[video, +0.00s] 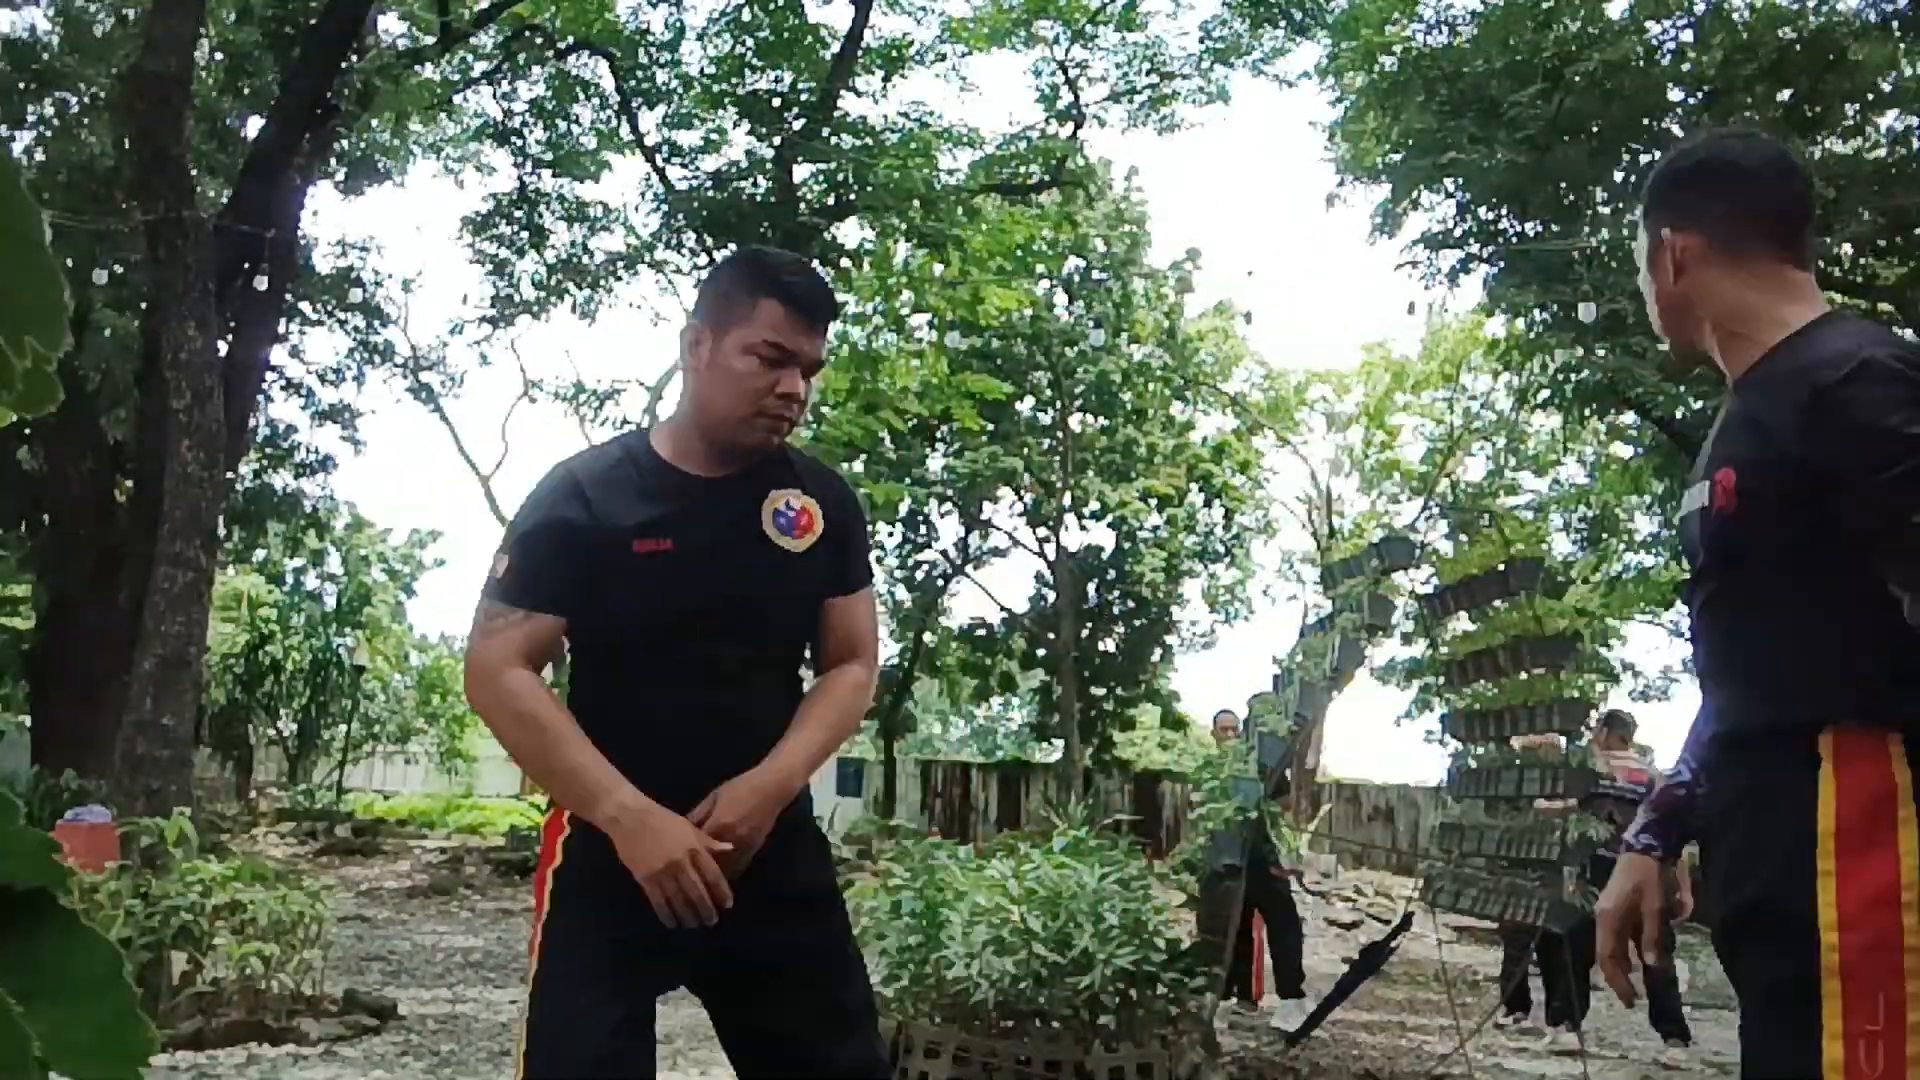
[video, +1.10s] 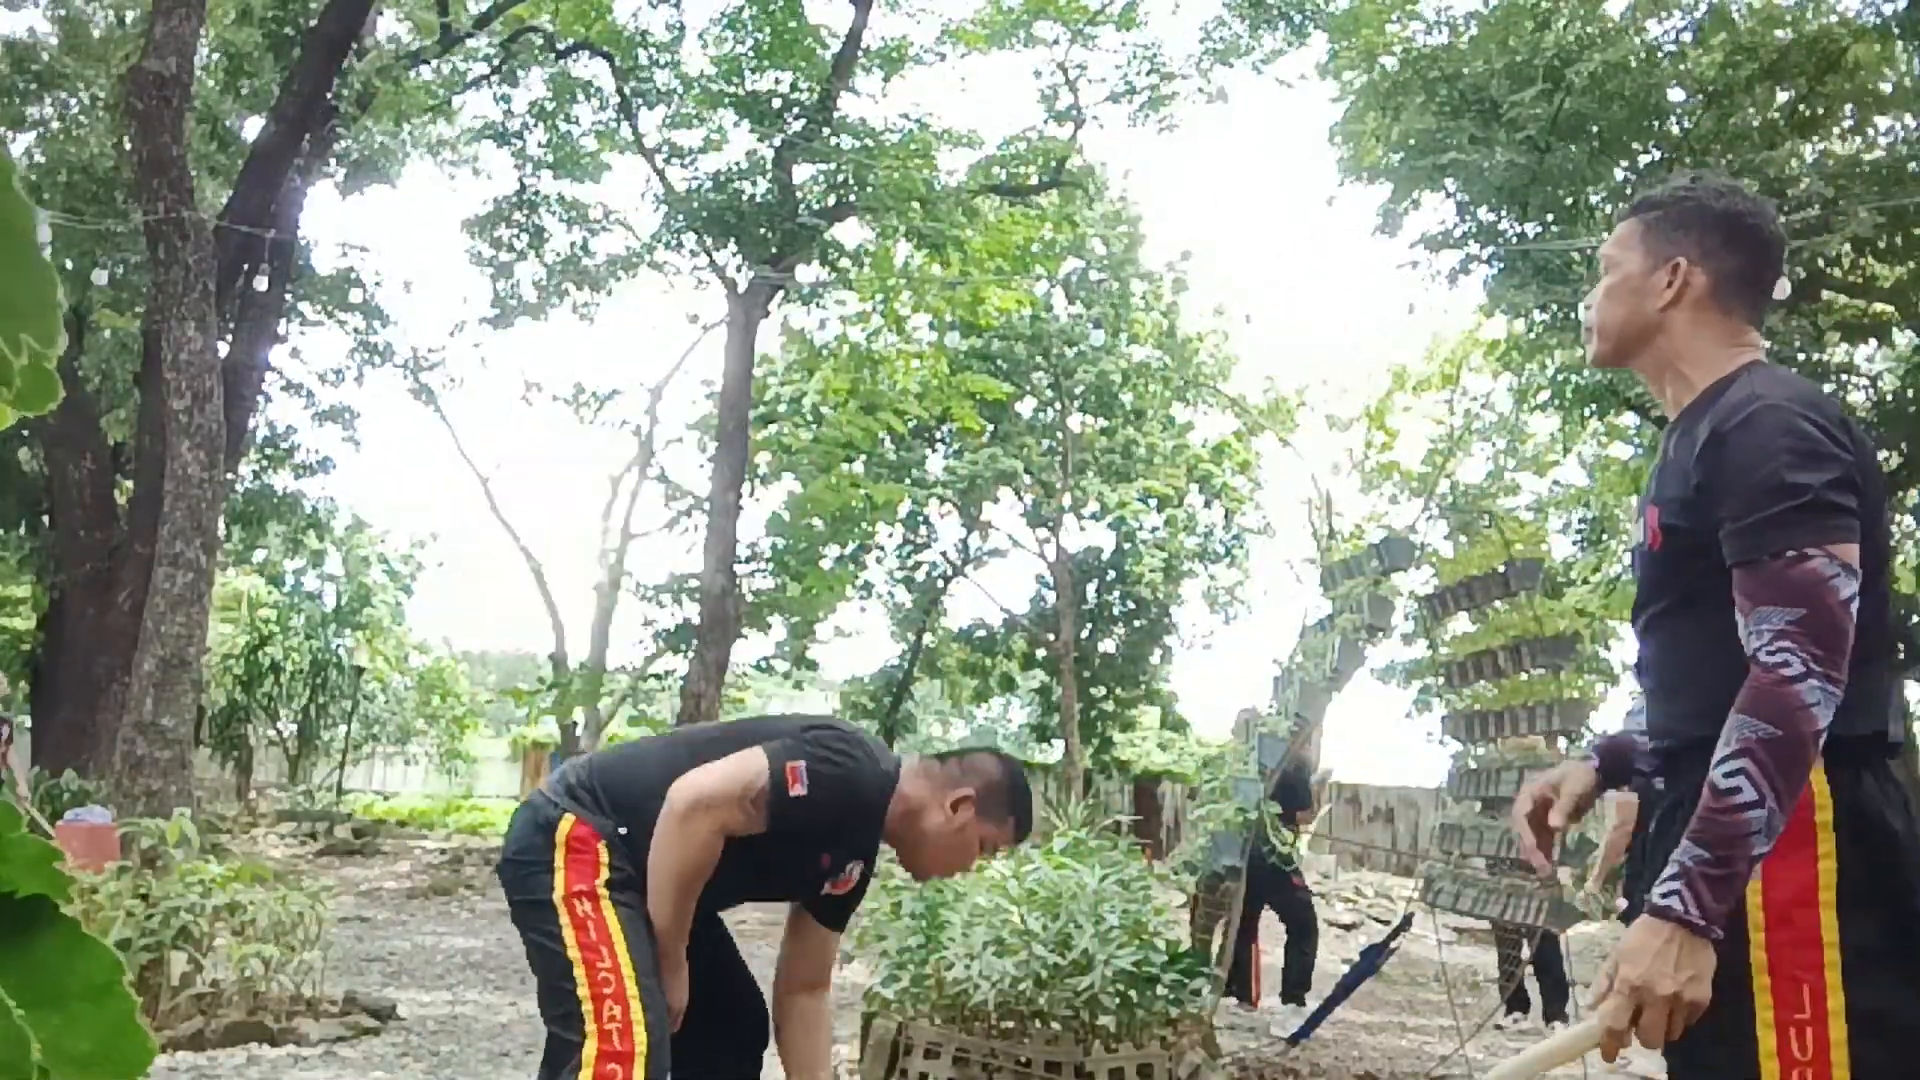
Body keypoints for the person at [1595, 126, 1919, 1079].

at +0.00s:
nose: (1646, 295)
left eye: (1644, 264)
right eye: (1644, 267)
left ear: (1677, 254)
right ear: (1794, 240)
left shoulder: (1855, 384)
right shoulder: (1756, 407)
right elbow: (1746, 686)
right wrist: (1651, 833)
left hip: (1852, 812)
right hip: (1774, 811)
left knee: (1850, 1059)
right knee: (1796, 1052)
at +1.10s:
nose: (1589, 298)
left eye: (1606, 267)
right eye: (1595, 272)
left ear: (1673, 281)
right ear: (1672, 285)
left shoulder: (1766, 420)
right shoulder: (1702, 436)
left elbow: (1796, 675)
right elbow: (1715, 687)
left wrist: (1687, 909)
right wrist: (1598, 767)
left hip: (1797, 819)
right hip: (1734, 811)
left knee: (1805, 1057)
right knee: (1734, 1057)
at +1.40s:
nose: (1584, 337)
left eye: (1610, 313)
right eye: (1591, 319)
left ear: (1690, 326)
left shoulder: (1761, 447)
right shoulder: (1676, 486)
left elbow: (1807, 683)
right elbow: (1617, 694)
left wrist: (1769, 905)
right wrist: (1525, 571)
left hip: (1764, 834)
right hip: (1683, 835)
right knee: (1671, 1059)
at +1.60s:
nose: (1590, 347)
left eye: (1619, 325)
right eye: (1589, 332)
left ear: (1699, 343)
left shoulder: (1781, 466)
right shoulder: (1644, 510)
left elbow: (1853, 692)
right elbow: (1633, 716)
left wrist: (1798, 897)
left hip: (1763, 833)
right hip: (1648, 838)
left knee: (1778, 1062)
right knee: (1646, 1063)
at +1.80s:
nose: (1600, 341)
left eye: (1631, 319)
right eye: (1595, 328)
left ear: (1711, 341)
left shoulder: (1785, 468)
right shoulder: (1637, 505)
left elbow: (1895, 667)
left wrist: (1775, 859)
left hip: (1750, 819)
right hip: (1635, 817)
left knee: (1773, 1061)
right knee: (1652, 1061)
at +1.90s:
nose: (1596, 343)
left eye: (1625, 320)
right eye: (1593, 329)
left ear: (1708, 337)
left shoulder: (1785, 466)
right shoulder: (1638, 504)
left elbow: (1902, 652)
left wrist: (1758, 828)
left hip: (1755, 827)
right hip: (1634, 824)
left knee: (1777, 1061)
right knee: (1654, 1060)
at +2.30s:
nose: (1577, 372)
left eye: (1593, 343)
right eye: (1578, 350)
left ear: (1677, 336)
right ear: (1669, 341)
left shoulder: (1786, 467)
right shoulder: (1639, 508)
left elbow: (1890, 667)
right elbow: (1637, 705)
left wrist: (1733, 830)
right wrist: (1508, 788)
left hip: (1768, 857)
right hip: (1633, 862)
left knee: (1780, 1064)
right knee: (1642, 1063)